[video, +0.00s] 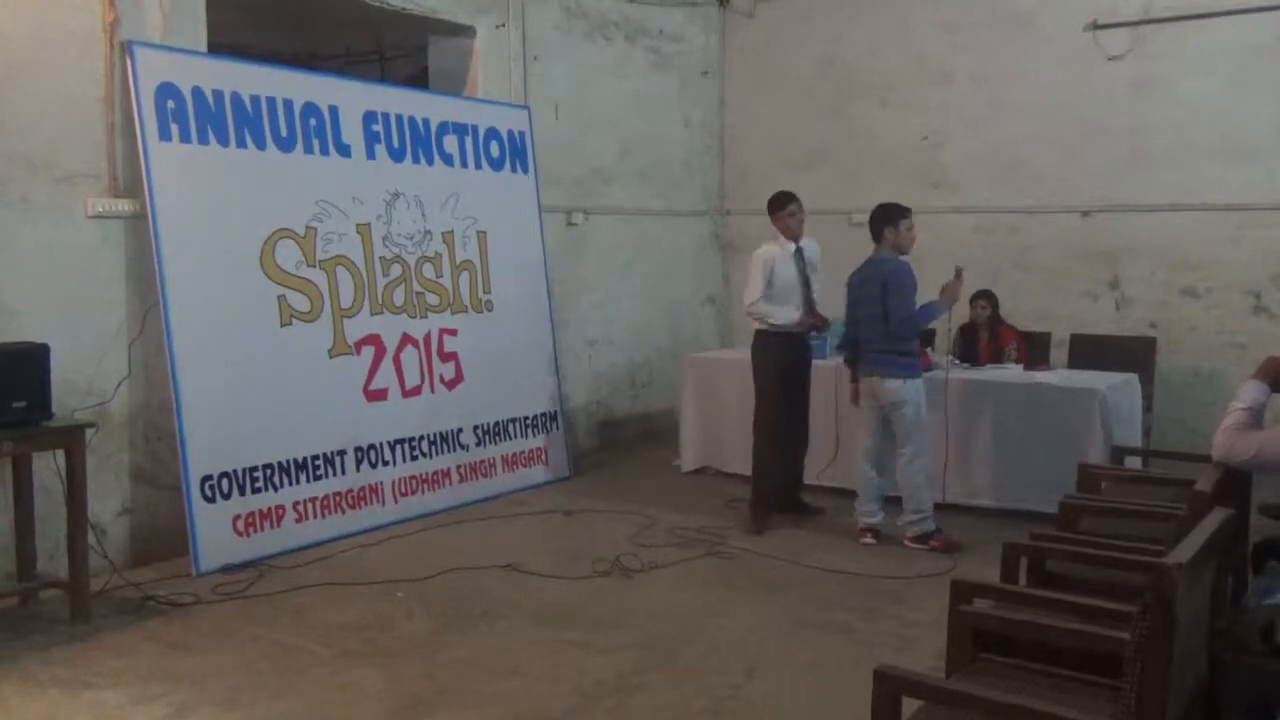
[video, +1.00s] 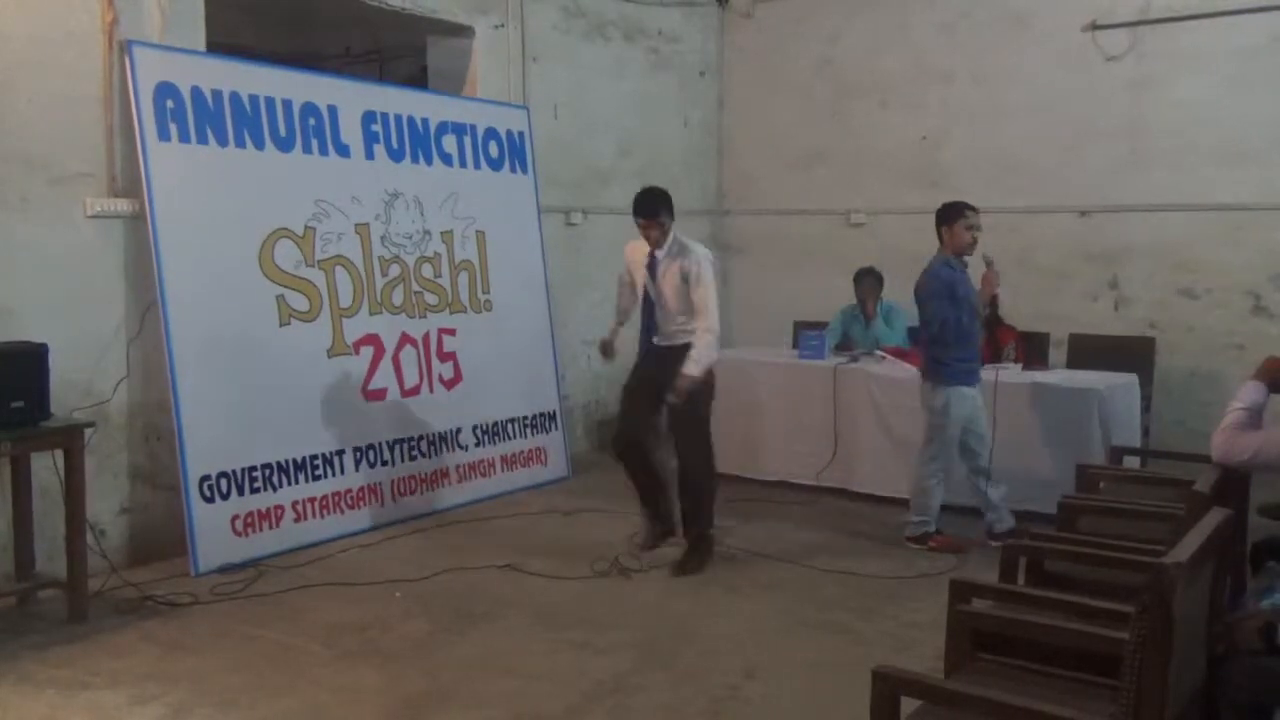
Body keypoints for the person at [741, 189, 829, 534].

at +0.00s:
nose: (794, 222)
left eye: (797, 215)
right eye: (787, 218)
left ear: (803, 215)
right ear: (775, 221)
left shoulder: (811, 250)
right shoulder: (766, 254)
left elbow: (807, 296)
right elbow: (752, 305)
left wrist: (814, 315)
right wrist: (795, 319)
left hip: (798, 343)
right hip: (771, 342)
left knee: (796, 422)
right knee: (770, 423)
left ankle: (790, 495)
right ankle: (761, 503)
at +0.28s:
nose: (750, 244)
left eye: (754, 236)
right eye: (742, 238)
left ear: (766, 226)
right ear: (734, 235)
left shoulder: (791, 254)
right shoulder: (727, 261)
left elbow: (805, 298)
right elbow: (715, 311)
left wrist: (796, 333)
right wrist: (750, 336)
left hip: (785, 353)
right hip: (745, 355)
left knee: (796, 427)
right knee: (749, 433)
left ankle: (795, 482)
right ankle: (758, 506)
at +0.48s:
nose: (726, 253)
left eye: (729, 245)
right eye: (718, 249)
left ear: (740, 233)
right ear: (708, 246)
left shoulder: (771, 257)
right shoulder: (703, 265)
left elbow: (793, 299)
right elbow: (695, 311)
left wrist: (778, 337)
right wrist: (717, 338)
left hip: (763, 349)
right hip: (727, 351)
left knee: (751, 425)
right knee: (734, 430)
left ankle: (758, 505)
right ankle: (752, 501)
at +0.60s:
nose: (702, 263)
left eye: (705, 256)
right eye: (696, 258)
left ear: (719, 245)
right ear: (690, 253)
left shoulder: (754, 265)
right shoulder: (692, 274)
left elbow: (783, 312)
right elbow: (687, 314)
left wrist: (770, 355)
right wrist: (691, 350)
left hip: (750, 353)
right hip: (713, 355)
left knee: (732, 436)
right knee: (734, 434)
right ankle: (757, 505)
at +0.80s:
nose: (674, 256)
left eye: (678, 248)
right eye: (668, 250)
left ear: (695, 241)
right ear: (665, 246)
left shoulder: (725, 271)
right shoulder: (668, 270)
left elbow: (745, 329)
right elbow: (665, 321)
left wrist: (762, 385)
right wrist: (657, 364)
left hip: (717, 363)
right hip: (683, 365)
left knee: (700, 457)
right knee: (687, 455)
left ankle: (699, 545)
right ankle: (735, 491)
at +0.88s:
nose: (664, 248)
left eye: (670, 240)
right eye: (659, 240)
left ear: (686, 232)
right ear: (654, 236)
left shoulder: (713, 264)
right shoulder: (654, 258)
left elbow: (734, 324)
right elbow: (649, 307)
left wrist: (739, 381)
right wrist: (645, 349)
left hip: (707, 358)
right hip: (670, 360)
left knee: (699, 453)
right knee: (661, 446)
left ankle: (699, 545)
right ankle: (709, 487)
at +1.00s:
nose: (649, 233)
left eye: (655, 225)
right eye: (643, 225)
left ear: (670, 221)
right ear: (636, 224)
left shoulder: (695, 259)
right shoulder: (635, 254)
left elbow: (709, 327)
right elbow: (628, 295)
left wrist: (691, 373)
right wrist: (613, 331)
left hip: (690, 356)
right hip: (652, 357)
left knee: (692, 449)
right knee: (628, 439)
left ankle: (699, 539)